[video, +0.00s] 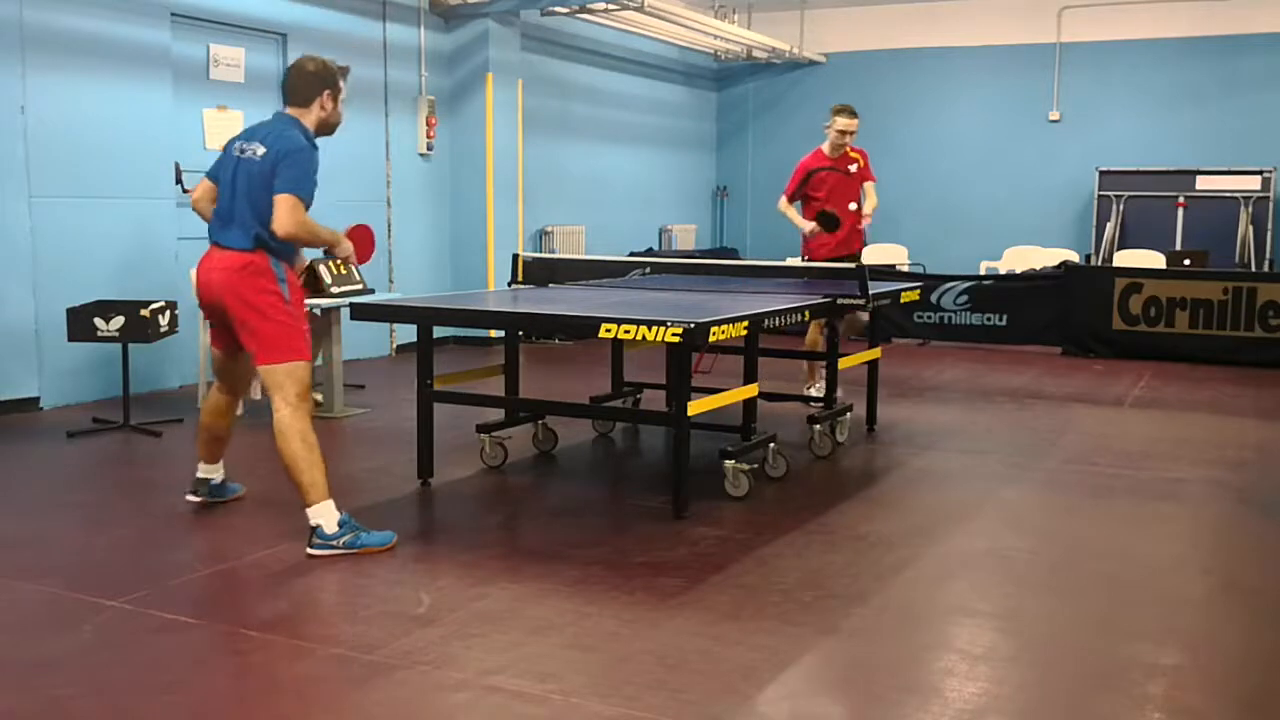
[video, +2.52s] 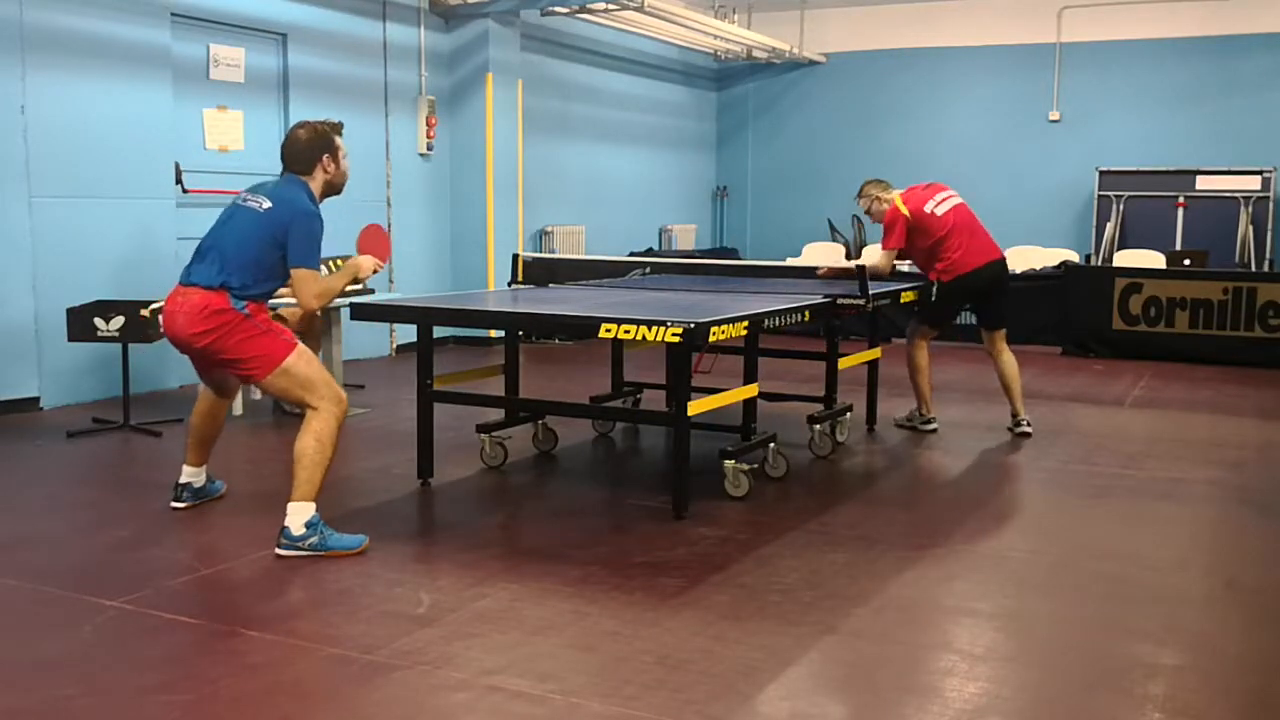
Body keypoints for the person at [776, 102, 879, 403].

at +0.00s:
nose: (846, 139)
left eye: (851, 134)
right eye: (840, 132)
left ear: (856, 133)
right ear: (828, 129)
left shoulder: (858, 157)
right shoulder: (810, 163)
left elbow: (870, 193)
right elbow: (784, 203)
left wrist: (866, 210)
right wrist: (802, 224)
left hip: (851, 252)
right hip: (820, 254)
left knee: (856, 317)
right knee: (819, 321)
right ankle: (813, 382)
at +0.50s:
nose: (910, 137)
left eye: (917, 131)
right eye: (905, 131)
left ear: (924, 130)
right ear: (895, 128)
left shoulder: (931, 161)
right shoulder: (883, 163)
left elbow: (934, 203)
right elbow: (861, 208)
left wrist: (936, 242)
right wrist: (866, 245)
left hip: (926, 259)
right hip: (894, 262)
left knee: (931, 324)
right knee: (901, 326)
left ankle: (923, 394)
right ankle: (865, 376)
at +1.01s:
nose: (898, 147)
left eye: (902, 139)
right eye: (893, 142)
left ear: (918, 131)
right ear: (891, 141)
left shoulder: (950, 158)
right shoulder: (902, 173)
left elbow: (968, 205)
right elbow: (906, 217)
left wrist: (944, 244)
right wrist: (898, 241)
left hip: (954, 260)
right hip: (922, 264)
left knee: (953, 328)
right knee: (930, 332)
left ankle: (969, 381)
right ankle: (954, 403)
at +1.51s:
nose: (860, 186)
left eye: (858, 178)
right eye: (856, 181)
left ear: (871, 164)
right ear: (874, 162)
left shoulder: (895, 176)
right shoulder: (914, 170)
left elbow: (899, 232)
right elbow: (936, 230)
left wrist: (872, 257)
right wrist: (902, 251)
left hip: (952, 255)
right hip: (973, 250)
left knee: (931, 334)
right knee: (953, 332)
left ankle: (925, 411)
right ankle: (959, 405)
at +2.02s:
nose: (859, 226)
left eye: (855, 218)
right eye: (854, 222)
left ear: (863, 203)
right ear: (871, 196)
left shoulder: (884, 208)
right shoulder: (909, 196)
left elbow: (879, 267)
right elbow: (915, 254)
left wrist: (842, 272)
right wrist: (879, 263)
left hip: (952, 266)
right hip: (987, 254)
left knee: (923, 336)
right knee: (994, 341)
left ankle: (925, 412)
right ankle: (1019, 415)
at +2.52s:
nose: (873, 219)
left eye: (870, 212)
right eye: (868, 214)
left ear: (882, 197)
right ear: (889, 191)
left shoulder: (896, 210)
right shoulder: (931, 188)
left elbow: (882, 269)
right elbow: (925, 249)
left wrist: (844, 271)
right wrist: (892, 254)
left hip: (955, 276)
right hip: (994, 266)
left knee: (918, 338)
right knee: (998, 345)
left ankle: (924, 414)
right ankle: (1021, 417)